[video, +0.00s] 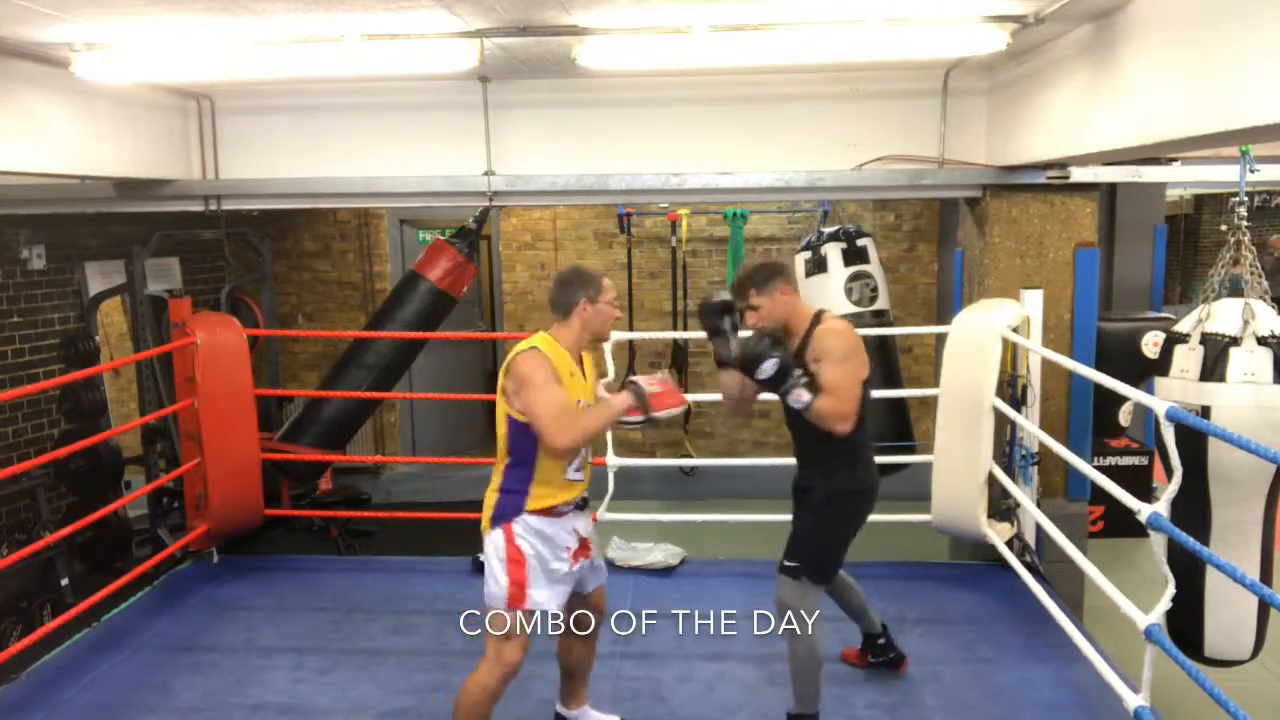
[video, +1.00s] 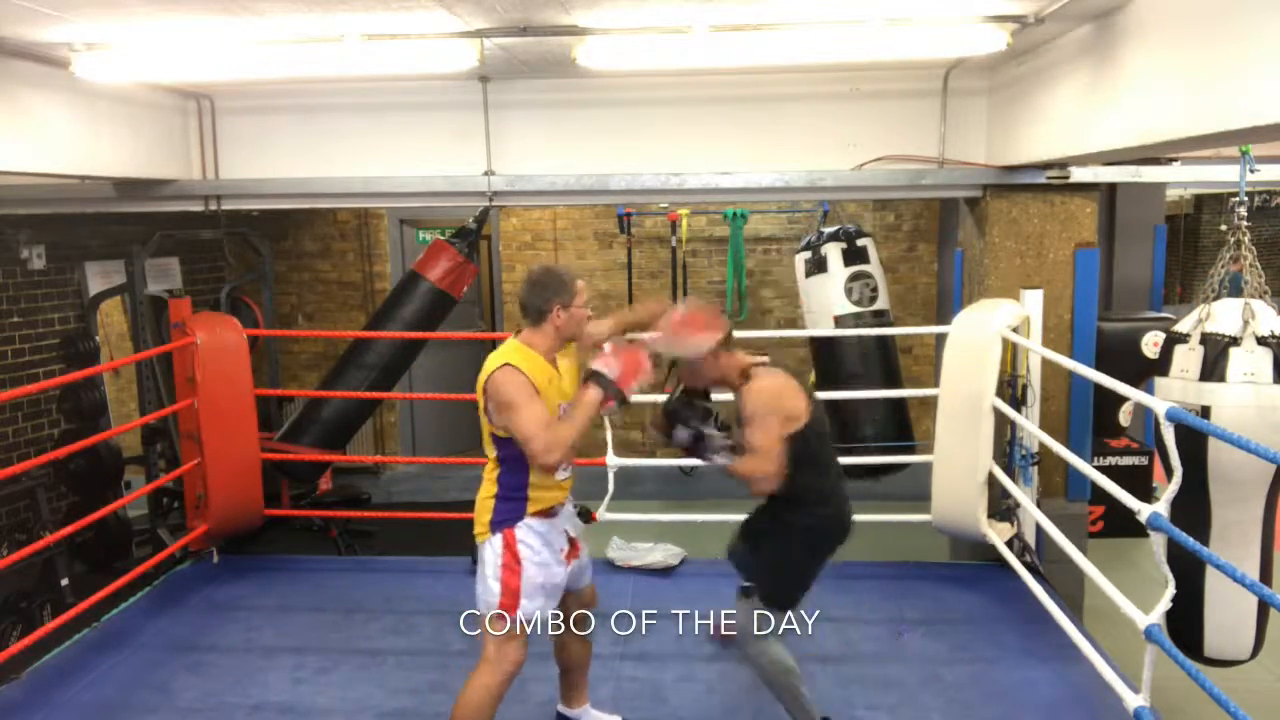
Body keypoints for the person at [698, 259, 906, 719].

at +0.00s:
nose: (750, 322)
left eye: (754, 309)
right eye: (746, 312)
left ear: (784, 295)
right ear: (777, 300)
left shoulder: (835, 336)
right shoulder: (784, 342)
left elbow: (841, 418)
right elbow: (737, 400)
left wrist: (785, 380)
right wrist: (725, 346)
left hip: (844, 484)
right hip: (813, 479)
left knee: (794, 592)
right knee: (821, 570)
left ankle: (804, 713)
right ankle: (880, 643)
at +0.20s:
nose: (742, 338)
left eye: (743, 325)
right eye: (737, 328)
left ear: (771, 309)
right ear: (768, 313)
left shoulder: (816, 348)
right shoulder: (803, 348)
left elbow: (823, 428)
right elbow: (802, 425)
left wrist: (767, 400)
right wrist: (754, 402)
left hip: (846, 498)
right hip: (852, 492)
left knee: (778, 600)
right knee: (832, 572)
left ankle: (800, 713)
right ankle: (886, 650)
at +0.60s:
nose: (754, 310)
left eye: (758, 298)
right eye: (752, 300)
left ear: (787, 290)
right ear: (791, 291)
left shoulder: (811, 328)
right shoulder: (825, 324)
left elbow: (801, 380)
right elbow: (796, 378)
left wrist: (740, 372)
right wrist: (741, 373)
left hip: (837, 486)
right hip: (857, 479)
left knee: (787, 596)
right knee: (843, 564)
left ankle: (804, 713)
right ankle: (891, 649)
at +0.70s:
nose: (751, 313)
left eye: (756, 303)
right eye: (749, 304)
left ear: (787, 293)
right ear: (776, 297)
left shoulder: (829, 332)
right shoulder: (779, 336)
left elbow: (864, 397)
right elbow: (734, 363)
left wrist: (796, 393)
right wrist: (694, 361)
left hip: (842, 484)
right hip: (820, 482)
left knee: (785, 597)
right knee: (843, 568)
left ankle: (807, 713)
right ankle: (890, 650)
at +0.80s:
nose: (750, 329)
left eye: (756, 319)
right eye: (747, 321)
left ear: (784, 309)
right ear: (755, 317)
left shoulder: (829, 350)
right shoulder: (758, 341)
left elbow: (866, 427)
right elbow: (719, 376)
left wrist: (802, 404)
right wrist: (689, 390)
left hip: (836, 490)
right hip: (802, 487)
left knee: (787, 602)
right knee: (824, 575)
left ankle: (821, 715)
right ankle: (885, 647)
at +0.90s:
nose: (710, 371)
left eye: (714, 360)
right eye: (707, 361)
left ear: (739, 349)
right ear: (734, 349)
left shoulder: (803, 376)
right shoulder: (756, 378)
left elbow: (831, 459)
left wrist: (787, 447)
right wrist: (734, 432)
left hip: (831, 498)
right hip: (796, 489)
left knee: (776, 611)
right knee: (778, 574)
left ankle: (816, 714)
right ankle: (846, 630)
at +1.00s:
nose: (684, 379)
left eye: (685, 367)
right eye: (681, 368)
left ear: (709, 359)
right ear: (712, 355)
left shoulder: (763, 391)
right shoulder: (754, 381)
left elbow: (766, 476)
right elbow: (756, 449)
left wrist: (714, 452)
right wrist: (713, 435)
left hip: (813, 516)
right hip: (792, 505)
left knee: (753, 631)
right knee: (749, 560)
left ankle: (809, 715)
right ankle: (745, 626)